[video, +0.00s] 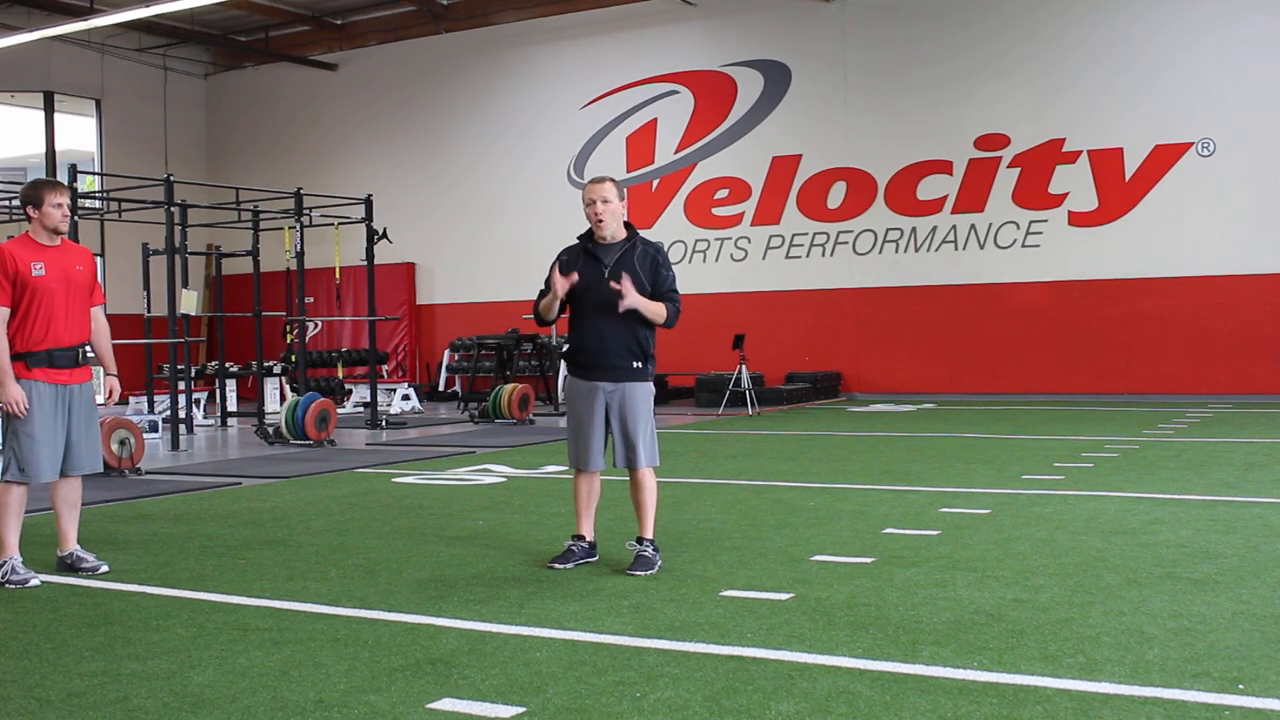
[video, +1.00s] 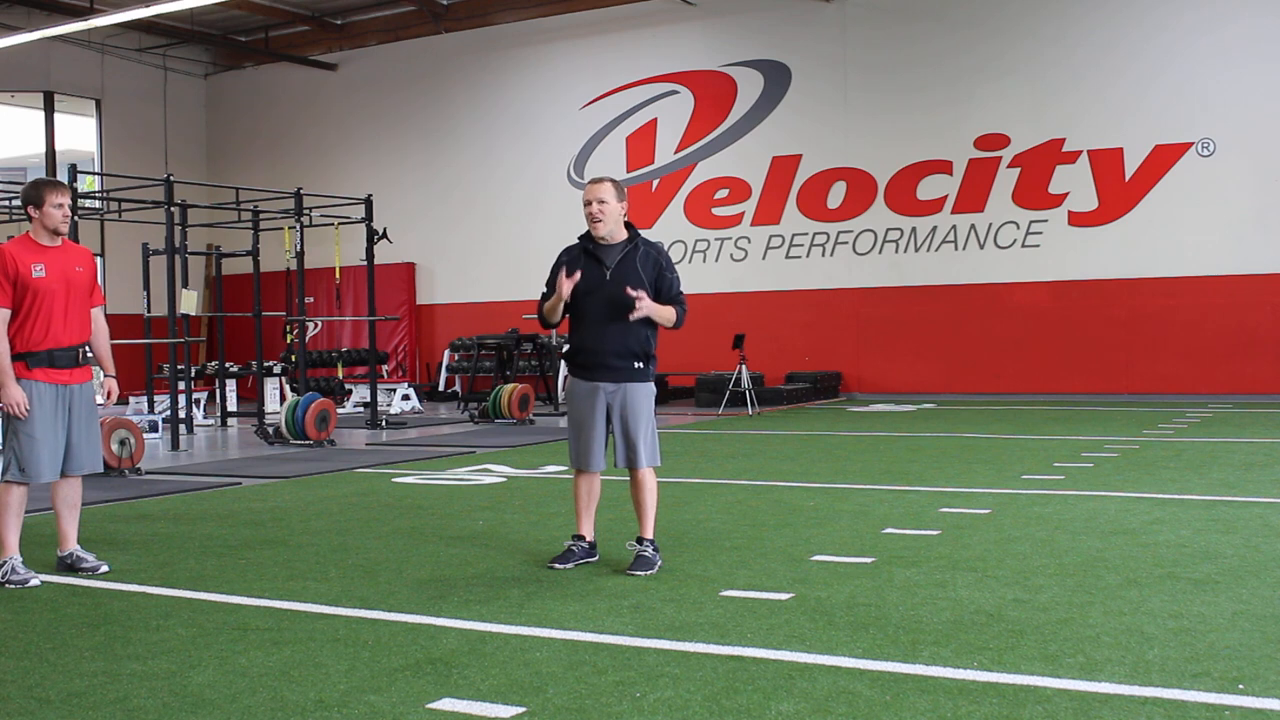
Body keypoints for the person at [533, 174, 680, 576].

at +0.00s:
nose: (597, 209)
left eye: (604, 202)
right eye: (590, 203)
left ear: (623, 205)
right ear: (584, 209)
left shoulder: (651, 255)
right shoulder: (571, 257)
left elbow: (671, 314)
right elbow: (542, 317)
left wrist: (639, 302)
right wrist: (555, 295)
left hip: (633, 379)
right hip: (582, 377)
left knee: (640, 463)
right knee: (585, 462)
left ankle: (646, 544)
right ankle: (583, 542)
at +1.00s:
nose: (593, 210)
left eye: (601, 203)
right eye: (588, 204)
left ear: (622, 207)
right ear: (583, 210)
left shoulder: (652, 256)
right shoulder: (571, 258)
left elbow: (677, 316)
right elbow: (546, 321)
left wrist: (652, 308)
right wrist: (559, 298)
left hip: (634, 380)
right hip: (583, 378)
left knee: (640, 463)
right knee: (585, 463)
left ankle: (647, 544)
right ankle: (584, 542)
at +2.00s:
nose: (586, 211)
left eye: (594, 204)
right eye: (583, 204)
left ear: (619, 207)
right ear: (582, 209)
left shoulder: (652, 256)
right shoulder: (572, 257)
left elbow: (678, 313)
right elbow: (541, 313)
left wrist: (652, 311)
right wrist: (554, 287)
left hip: (635, 380)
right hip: (584, 378)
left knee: (641, 463)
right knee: (586, 463)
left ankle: (647, 544)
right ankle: (584, 542)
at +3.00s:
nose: (583, 212)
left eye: (592, 204)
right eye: (580, 205)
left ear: (616, 208)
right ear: (577, 211)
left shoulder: (647, 253)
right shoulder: (572, 259)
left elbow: (657, 310)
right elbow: (551, 321)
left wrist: (596, 301)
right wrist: (558, 315)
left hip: (634, 379)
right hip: (586, 379)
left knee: (641, 463)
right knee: (587, 462)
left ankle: (647, 544)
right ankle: (584, 542)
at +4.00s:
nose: (593, 208)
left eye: (601, 201)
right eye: (592, 202)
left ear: (628, 206)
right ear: (599, 206)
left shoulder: (663, 255)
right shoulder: (591, 258)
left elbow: (693, 311)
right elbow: (582, 312)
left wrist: (667, 322)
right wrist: (569, 320)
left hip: (646, 381)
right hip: (598, 378)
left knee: (649, 464)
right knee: (591, 463)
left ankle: (647, 545)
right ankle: (584, 541)